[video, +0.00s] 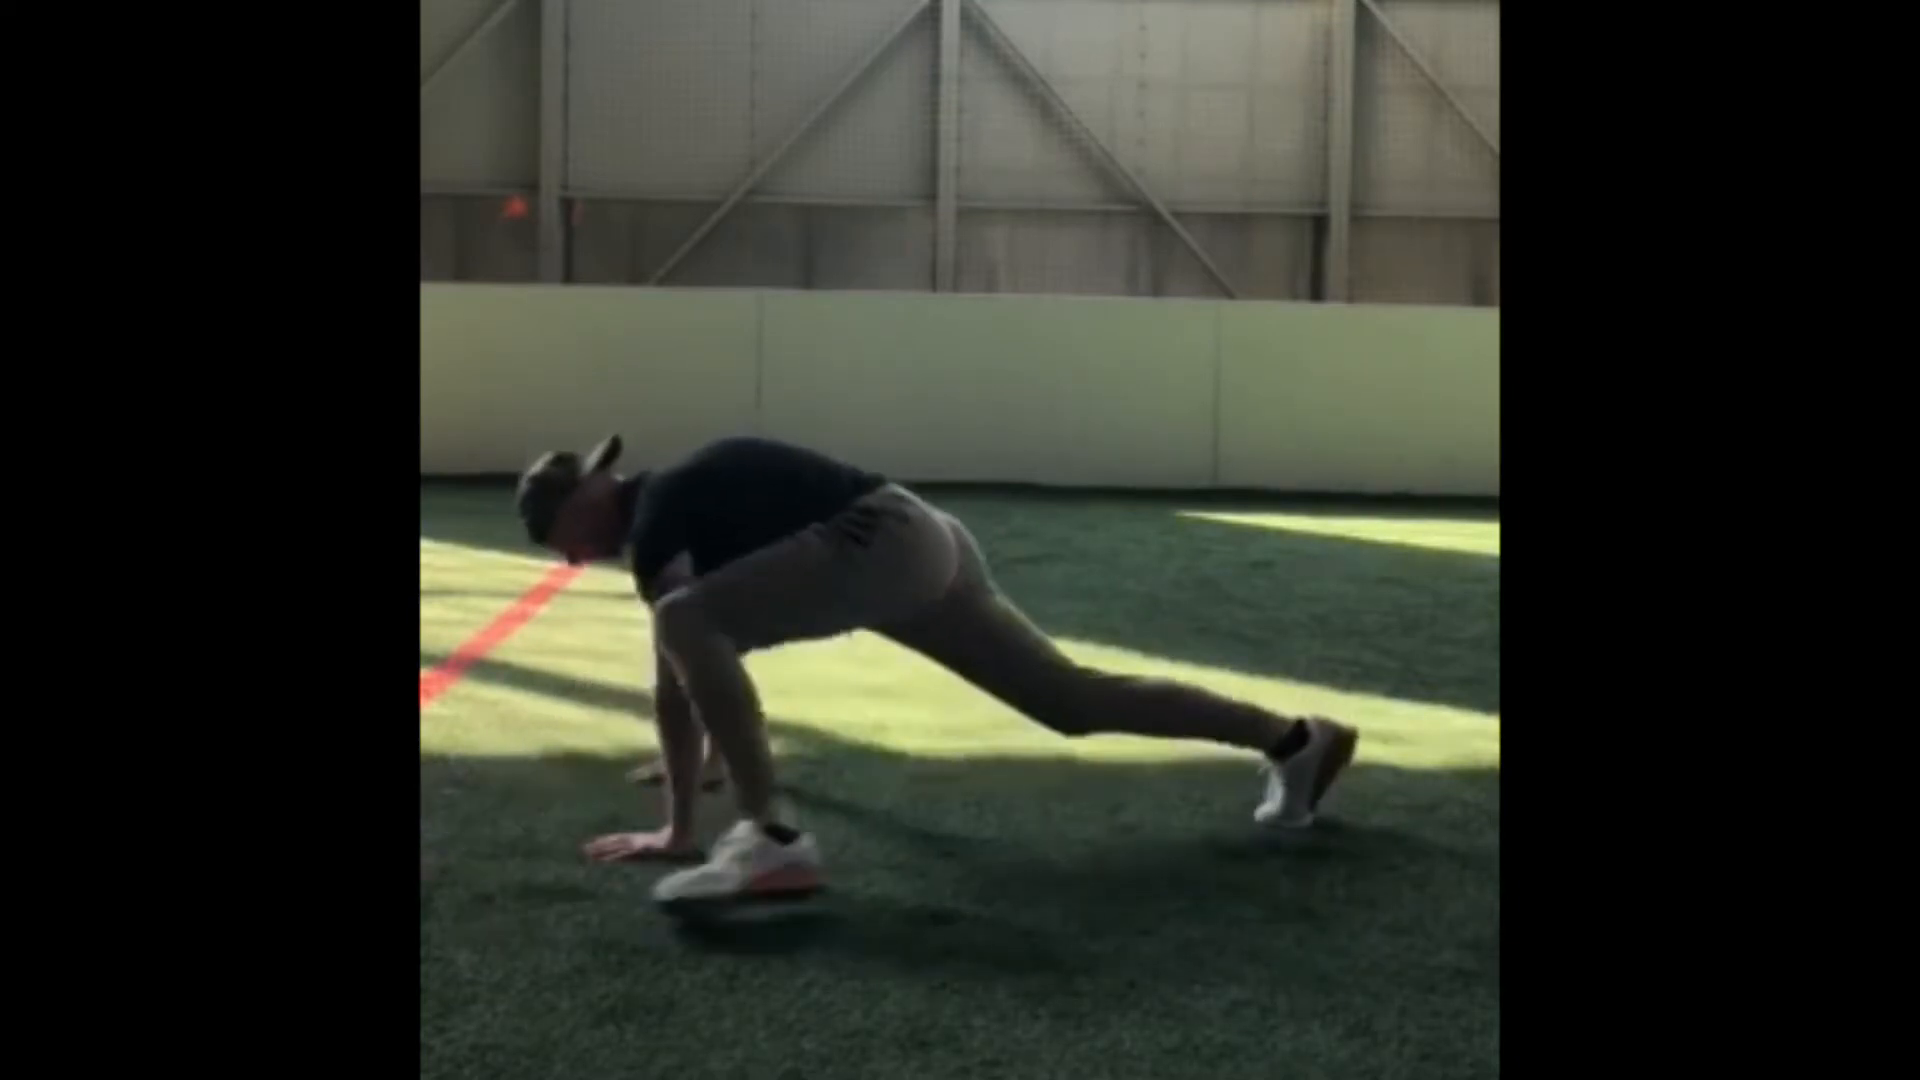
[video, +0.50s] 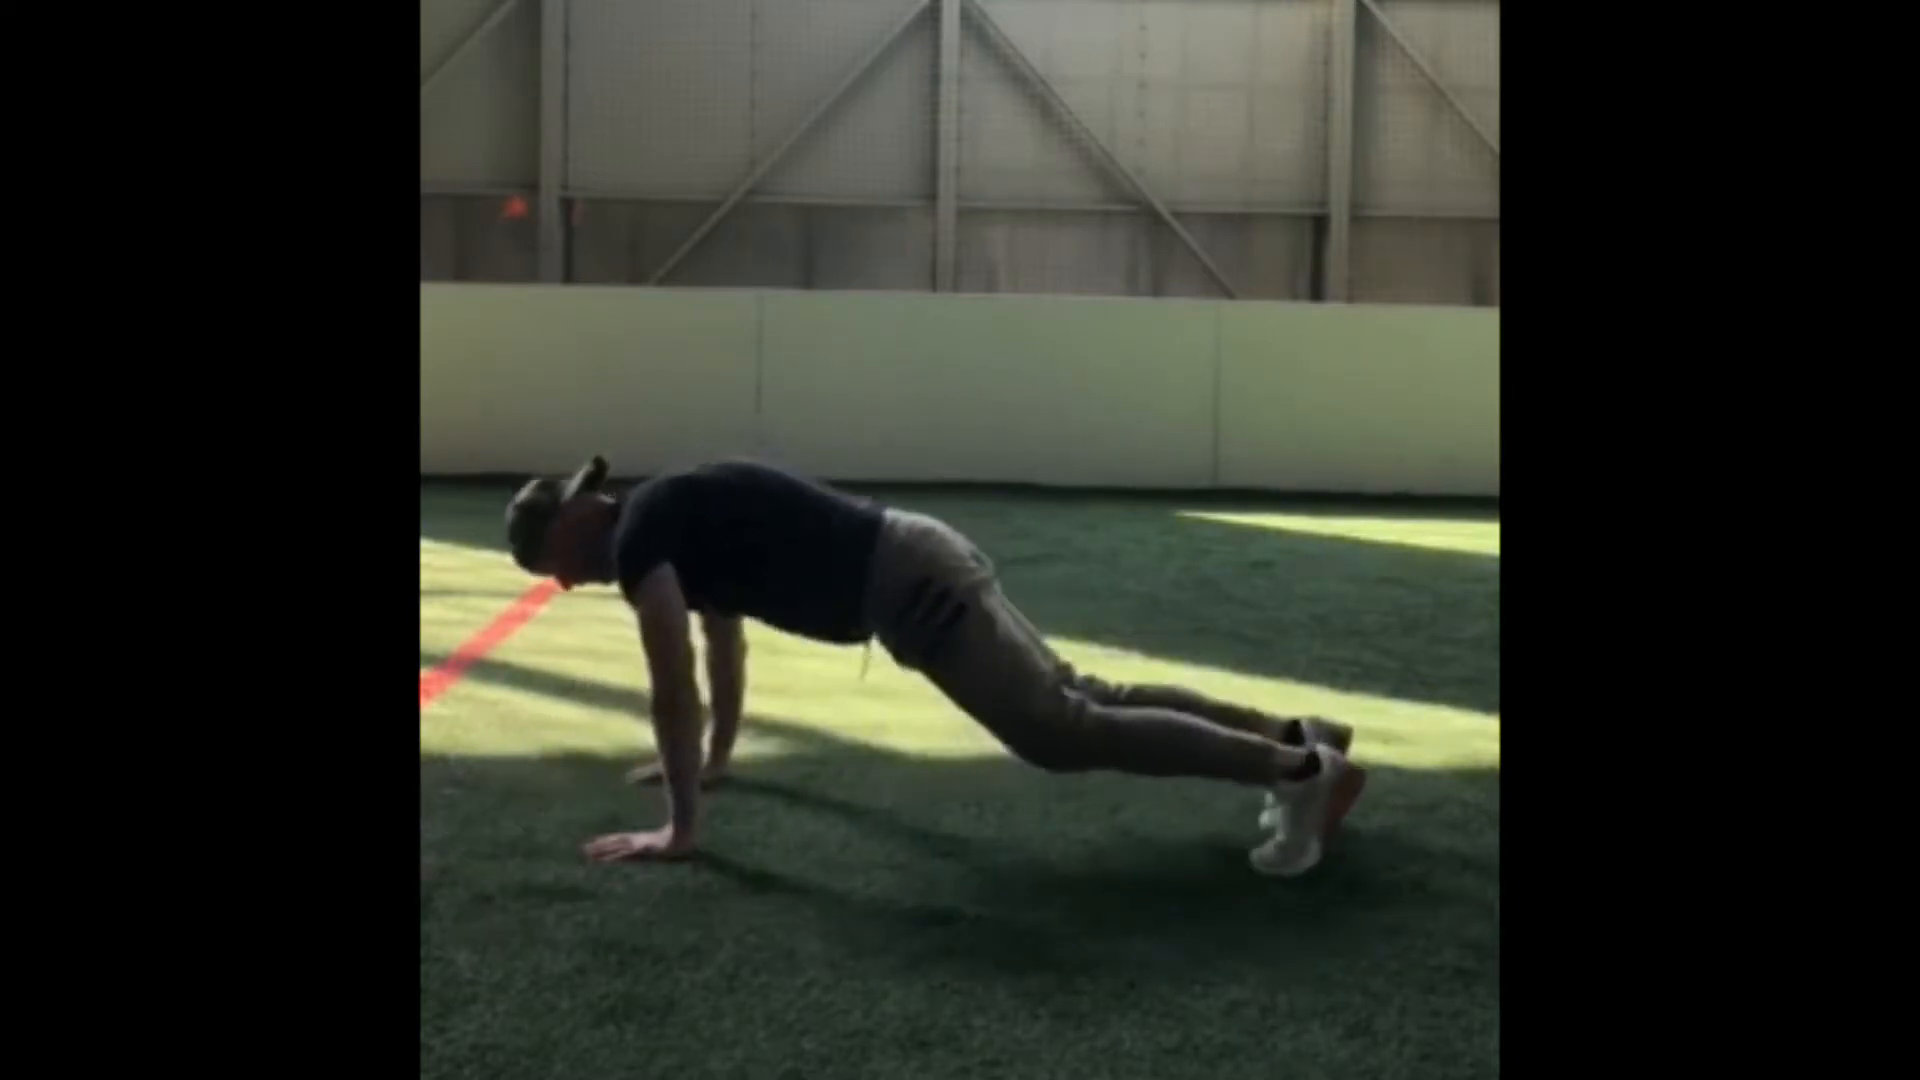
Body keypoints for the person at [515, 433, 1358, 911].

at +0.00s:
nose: (575, 559)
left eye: (566, 542)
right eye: (564, 550)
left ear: (589, 505)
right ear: (602, 498)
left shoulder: (653, 520)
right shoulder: (680, 505)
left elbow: (672, 682)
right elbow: (708, 659)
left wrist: (675, 828)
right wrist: (698, 781)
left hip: (883, 545)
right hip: (930, 546)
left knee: (685, 619)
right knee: (1072, 701)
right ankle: (1295, 742)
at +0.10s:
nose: (566, 562)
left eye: (557, 546)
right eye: (554, 552)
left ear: (578, 511)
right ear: (595, 495)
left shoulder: (638, 530)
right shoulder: (674, 505)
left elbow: (666, 679)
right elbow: (718, 645)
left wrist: (678, 824)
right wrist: (714, 752)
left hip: (881, 530)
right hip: (929, 505)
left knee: (779, 725)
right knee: (1071, 665)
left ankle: (1003, 768)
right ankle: (1291, 739)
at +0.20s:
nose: (568, 569)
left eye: (558, 553)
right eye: (555, 559)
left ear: (577, 508)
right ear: (593, 490)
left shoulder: (628, 532)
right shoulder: (678, 497)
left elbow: (663, 685)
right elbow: (717, 655)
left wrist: (678, 829)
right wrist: (713, 752)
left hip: (878, 531)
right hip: (918, 488)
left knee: (938, 762)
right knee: (1080, 635)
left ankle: (1175, 752)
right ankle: (1284, 726)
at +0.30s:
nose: (570, 570)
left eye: (560, 555)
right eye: (558, 560)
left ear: (575, 515)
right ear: (595, 491)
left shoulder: (632, 533)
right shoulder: (679, 497)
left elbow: (664, 688)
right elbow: (719, 651)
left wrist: (677, 828)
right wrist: (713, 752)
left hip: (890, 549)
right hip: (924, 499)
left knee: (1027, 746)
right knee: (1066, 665)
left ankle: (1264, 774)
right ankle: (1283, 703)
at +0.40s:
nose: (581, 577)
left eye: (570, 562)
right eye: (568, 567)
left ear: (585, 519)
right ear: (602, 499)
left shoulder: (646, 534)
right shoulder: (685, 504)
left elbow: (669, 689)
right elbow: (722, 654)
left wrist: (677, 828)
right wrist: (715, 753)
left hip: (908, 581)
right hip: (930, 545)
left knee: (1048, 754)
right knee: (1074, 704)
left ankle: (1289, 772)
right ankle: (1289, 737)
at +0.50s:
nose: (576, 587)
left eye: (564, 572)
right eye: (562, 577)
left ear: (579, 524)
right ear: (592, 506)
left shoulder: (641, 537)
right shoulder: (676, 510)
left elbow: (669, 688)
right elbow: (723, 664)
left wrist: (680, 824)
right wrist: (714, 759)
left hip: (914, 586)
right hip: (928, 558)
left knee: (1065, 741)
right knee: (1077, 703)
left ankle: (1300, 772)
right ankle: (1291, 740)